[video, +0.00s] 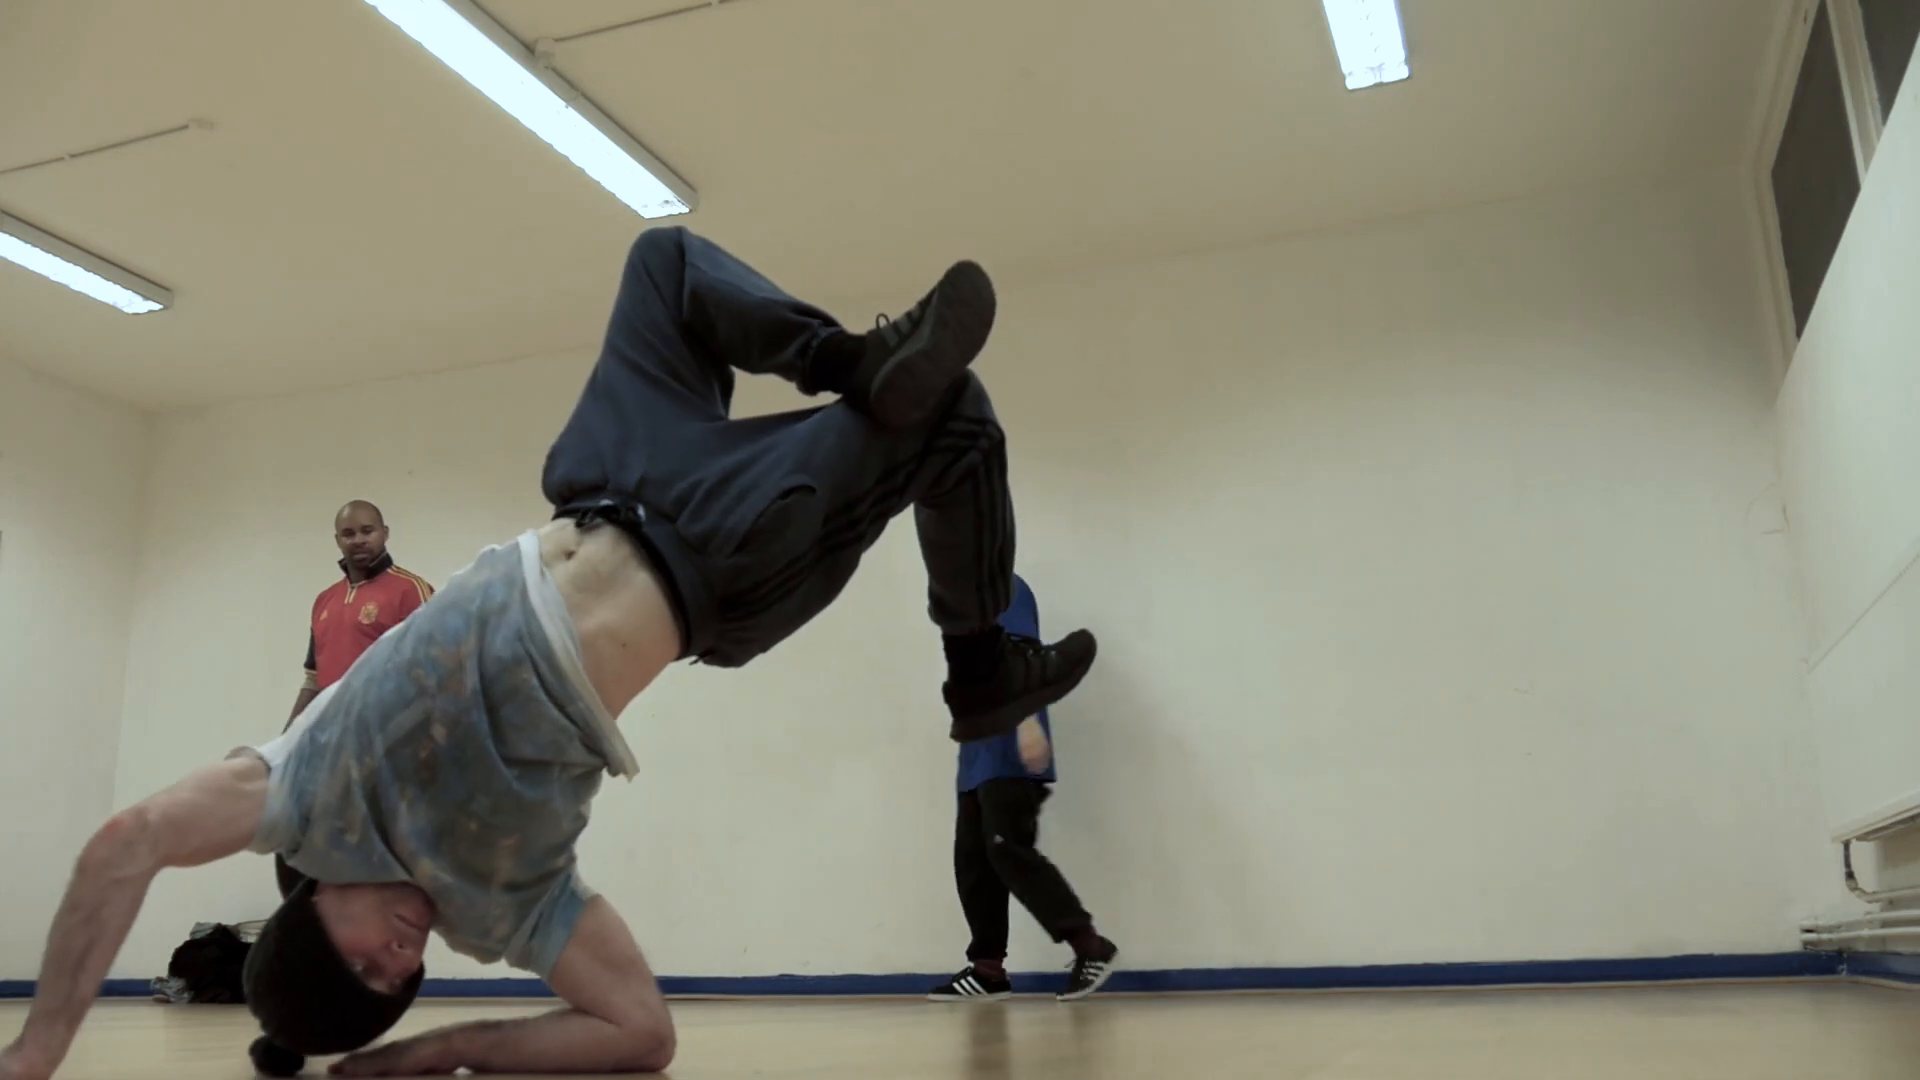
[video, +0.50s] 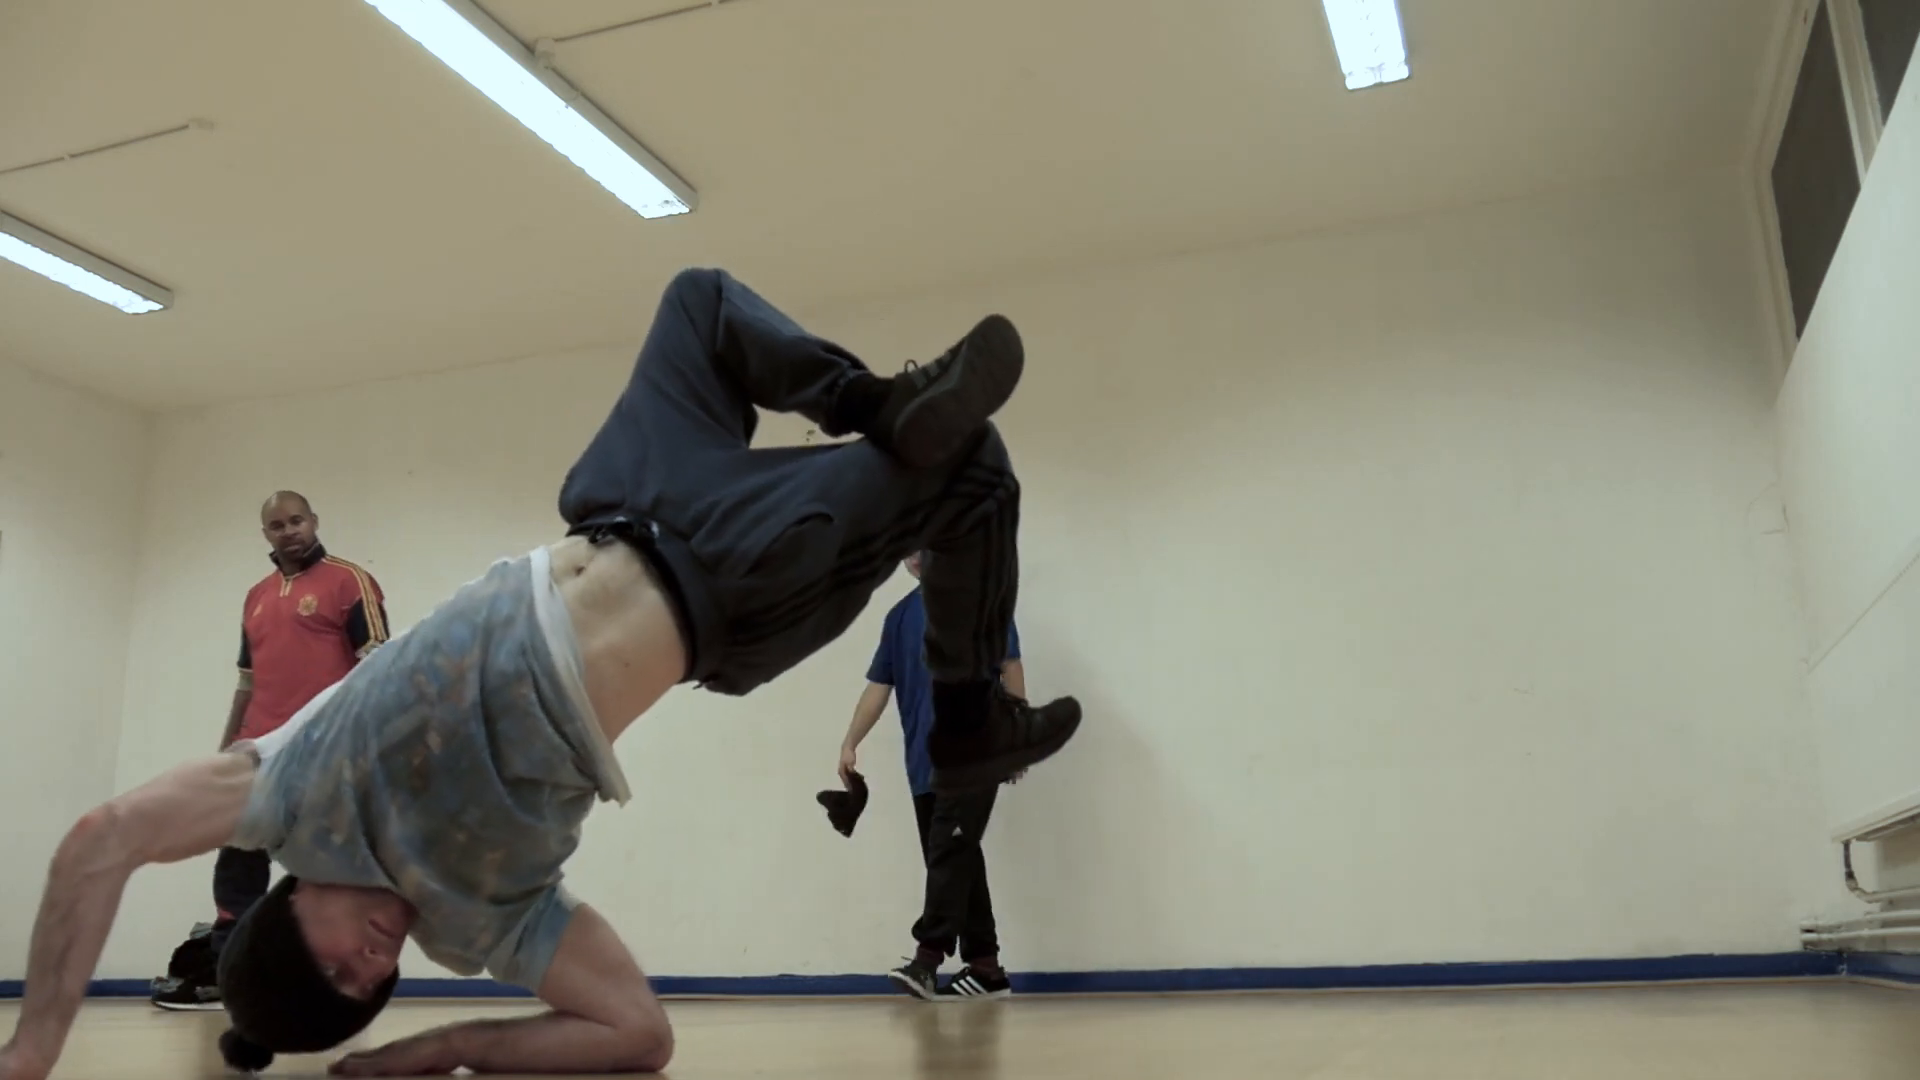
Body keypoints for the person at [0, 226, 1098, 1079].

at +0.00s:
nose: (399, 951)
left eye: (360, 959)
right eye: (393, 972)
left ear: (322, 924)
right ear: (400, 956)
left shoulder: (301, 791)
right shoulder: (516, 905)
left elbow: (123, 847)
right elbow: (642, 1039)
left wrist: (35, 1049)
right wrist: (441, 1055)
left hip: (597, 493)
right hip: (713, 573)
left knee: (664, 258)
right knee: (952, 409)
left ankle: (861, 365)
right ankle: (988, 677)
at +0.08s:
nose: (396, 958)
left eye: (359, 963)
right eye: (388, 978)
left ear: (318, 924)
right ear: (397, 955)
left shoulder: (297, 789)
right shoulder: (516, 908)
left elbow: (121, 843)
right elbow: (642, 1040)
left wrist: (34, 1050)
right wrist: (445, 1056)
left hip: (599, 498)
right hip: (712, 578)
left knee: (665, 258)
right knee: (952, 421)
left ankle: (857, 367)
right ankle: (980, 674)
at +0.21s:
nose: (382, 959)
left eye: (342, 963)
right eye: (376, 983)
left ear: (308, 922)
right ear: (384, 965)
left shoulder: (294, 789)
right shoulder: (507, 911)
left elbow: (108, 846)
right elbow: (641, 1039)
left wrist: (30, 1054)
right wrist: (435, 1057)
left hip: (603, 497)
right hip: (710, 583)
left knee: (675, 270)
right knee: (954, 431)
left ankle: (858, 380)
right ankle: (972, 689)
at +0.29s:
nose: (378, 961)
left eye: (337, 968)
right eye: (373, 985)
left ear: (303, 928)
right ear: (380, 972)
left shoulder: (286, 792)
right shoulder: (507, 915)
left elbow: (99, 845)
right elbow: (640, 1041)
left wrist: (30, 1053)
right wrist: (431, 1060)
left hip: (608, 504)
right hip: (711, 591)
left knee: (680, 279)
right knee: (953, 440)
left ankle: (862, 387)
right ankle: (973, 693)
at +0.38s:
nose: (375, 962)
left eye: (335, 969)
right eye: (371, 986)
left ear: (300, 928)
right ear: (379, 970)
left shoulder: (288, 795)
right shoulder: (497, 921)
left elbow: (96, 845)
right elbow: (640, 1039)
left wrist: (29, 1056)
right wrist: (435, 1059)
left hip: (610, 507)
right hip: (716, 595)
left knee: (685, 287)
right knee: (958, 445)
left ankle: (867, 394)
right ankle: (977, 709)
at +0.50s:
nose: (371, 961)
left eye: (335, 970)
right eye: (364, 988)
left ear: (300, 919)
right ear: (374, 970)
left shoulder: (283, 792)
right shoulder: (490, 919)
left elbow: (96, 843)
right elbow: (640, 1038)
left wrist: (28, 1056)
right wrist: (440, 1055)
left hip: (619, 511)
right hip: (718, 602)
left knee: (700, 301)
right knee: (973, 462)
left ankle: (881, 405)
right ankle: (982, 718)